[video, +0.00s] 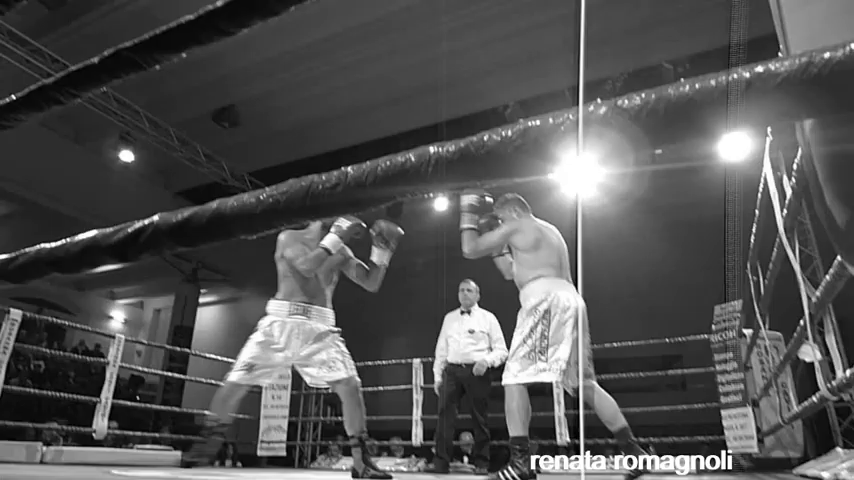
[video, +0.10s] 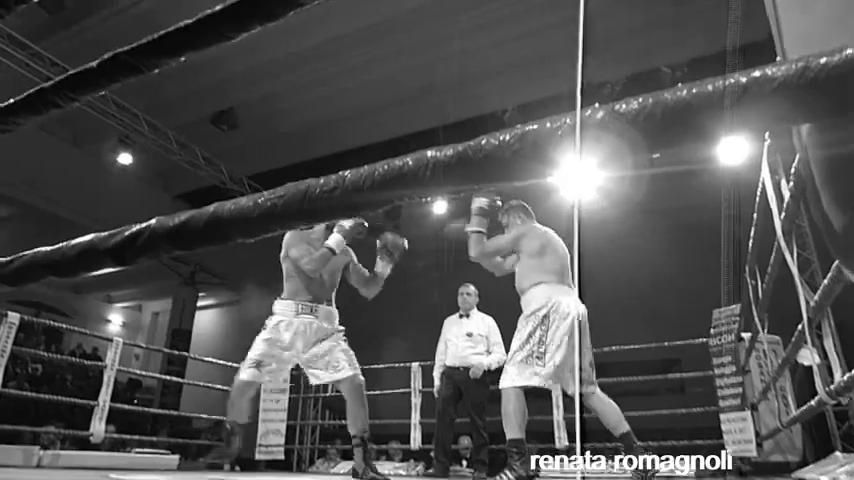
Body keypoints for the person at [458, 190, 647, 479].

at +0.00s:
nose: (501, 223)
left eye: (501, 218)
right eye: (499, 219)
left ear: (514, 209)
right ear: (525, 209)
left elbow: (470, 248)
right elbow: (511, 272)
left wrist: (468, 211)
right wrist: (493, 241)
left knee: (514, 379)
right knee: (583, 383)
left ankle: (520, 462)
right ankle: (634, 449)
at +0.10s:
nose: (504, 228)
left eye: (505, 222)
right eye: (503, 224)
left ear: (516, 216)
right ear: (529, 217)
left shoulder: (524, 232)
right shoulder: (552, 241)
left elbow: (476, 251)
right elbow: (499, 268)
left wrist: (478, 216)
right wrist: (480, 236)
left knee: (511, 383)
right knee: (587, 389)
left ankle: (518, 463)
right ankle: (636, 452)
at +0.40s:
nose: (492, 212)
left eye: (495, 206)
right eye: (490, 209)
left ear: (509, 202)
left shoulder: (516, 218)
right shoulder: (515, 235)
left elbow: (469, 236)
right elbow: (475, 249)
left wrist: (463, 202)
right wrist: (439, 234)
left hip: (531, 294)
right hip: (551, 296)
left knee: (493, 359)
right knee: (553, 371)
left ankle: (499, 436)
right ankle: (599, 431)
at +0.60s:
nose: (480, 224)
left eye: (483, 217)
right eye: (479, 220)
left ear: (496, 214)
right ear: (495, 219)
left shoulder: (509, 235)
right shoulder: (496, 247)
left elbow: (465, 252)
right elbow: (470, 278)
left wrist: (458, 218)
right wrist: (439, 261)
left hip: (509, 310)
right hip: (521, 311)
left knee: (465, 365)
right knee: (528, 382)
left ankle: (467, 443)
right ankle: (590, 430)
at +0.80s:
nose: (530, 244)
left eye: (533, 237)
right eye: (529, 239)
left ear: (549, 235)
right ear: (545, 237)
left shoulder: (565, 254)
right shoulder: (546, 264)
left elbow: (537, 283)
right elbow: (528, 299)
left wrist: (523, 256)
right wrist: (519, 262)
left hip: (568, 323)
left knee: (533, 383)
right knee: (586, 398)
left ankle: (518, 455)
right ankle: (629, 452)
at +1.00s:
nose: (535, 231)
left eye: (538, 225)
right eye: (533, 227)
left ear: (553, 220)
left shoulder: (560, 234)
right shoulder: (578, 243)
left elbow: (537, 258)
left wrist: (518, 236)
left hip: (576, 308)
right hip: (596, 309)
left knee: (548, 371)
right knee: (600, 381)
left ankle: (559, 443)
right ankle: (643, 437)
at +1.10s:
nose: (544, 235)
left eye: (546, 228)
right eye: (542, 230)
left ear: (561, 224)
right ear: (567, 227)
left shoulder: (569, 240)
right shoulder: (588, 244)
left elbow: (555, 271)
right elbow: (556, 273)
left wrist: (530, 248)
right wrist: (536, 251)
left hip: (584, 310)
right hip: (604, 310)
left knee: (546, 368)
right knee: (616, 381)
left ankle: (562, 439)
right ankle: (654, 439)